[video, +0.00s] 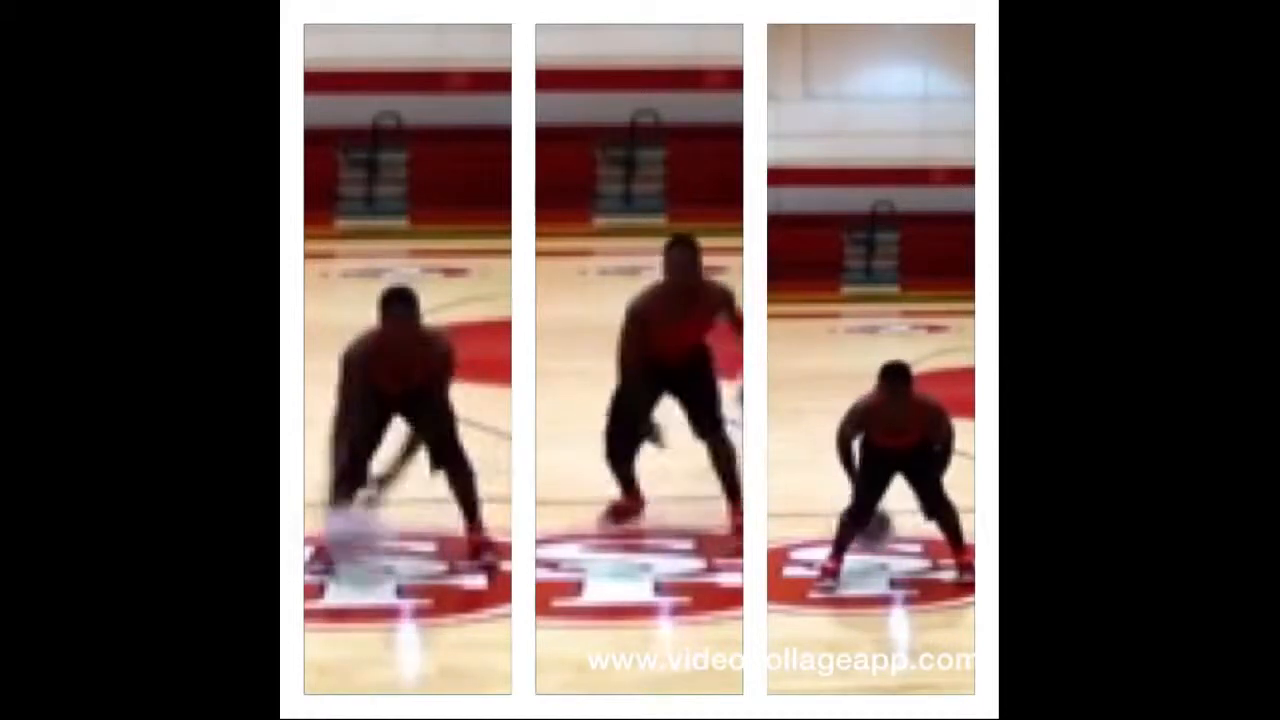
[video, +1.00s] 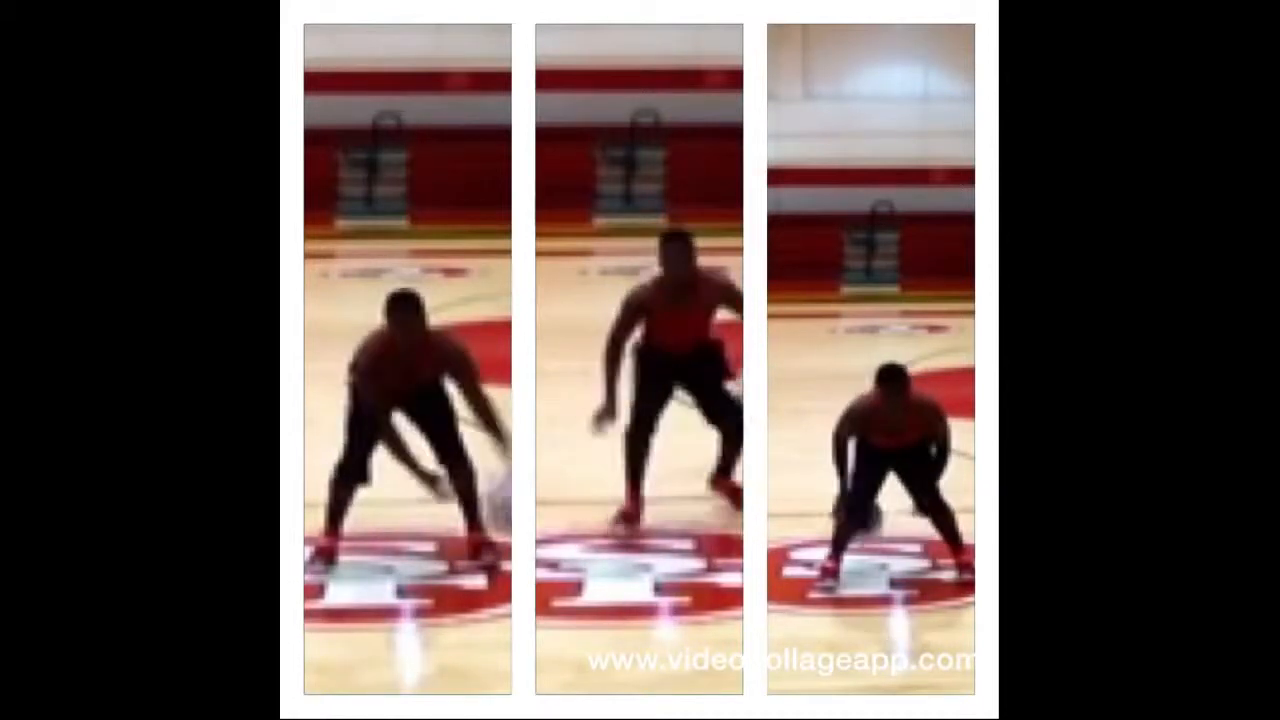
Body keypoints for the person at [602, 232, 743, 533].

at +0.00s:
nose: (681, 273)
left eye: (687, 265)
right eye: (674, 265)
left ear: (698, 265)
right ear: (665, 266)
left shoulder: (714, 298)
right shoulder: (644, 308)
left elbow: (742, 338)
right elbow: (630, 370)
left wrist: (746, 384)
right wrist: (642, 416)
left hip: (692, 366)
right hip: (647, 369)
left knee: (713, 433)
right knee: (618, 441)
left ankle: (737, 508)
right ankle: (632, 498)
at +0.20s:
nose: (678, 272)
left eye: (684, 264)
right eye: (671, 264)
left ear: (695, 265)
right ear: (661, 266)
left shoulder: (716, 300)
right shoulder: (643, 308)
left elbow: (740, 345)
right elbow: (619, 360)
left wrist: (748, 387)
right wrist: (620, 413)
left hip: (701, 364)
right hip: (657, 369)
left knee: (738, 426)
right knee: (648, 437)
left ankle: (719, 483)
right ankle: (638, 515)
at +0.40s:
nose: (667, 279)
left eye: (674, 272)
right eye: (661, 272)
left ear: (687, 272)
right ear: (654, 272)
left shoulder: (710, 308)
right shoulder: (643, 309)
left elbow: (715, 369)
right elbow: (622, 355)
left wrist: (697, 416)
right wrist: (599, 402)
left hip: (705, 373)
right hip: (663, 374)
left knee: (734, 445)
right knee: (653, 442)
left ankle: (716, 487)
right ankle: (641, 517)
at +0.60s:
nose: (665, 275)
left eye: (672, 267)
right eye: (660, 267)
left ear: (683, 268)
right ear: (651, 267)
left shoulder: (704, 303)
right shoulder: (631, 300)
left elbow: (728, 351)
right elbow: (604, 338)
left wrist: (732, 395)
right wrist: (591, 381)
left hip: (696, 363)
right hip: (652, 360)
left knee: (707, 423)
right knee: (626, 427)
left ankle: (739, 491)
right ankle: (636, 500)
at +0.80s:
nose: (673, 280)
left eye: (678, 272)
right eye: (665, 273)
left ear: (688, 272)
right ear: (655, 273)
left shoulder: (706, 305)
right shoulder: (635, 311)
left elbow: (726, 348)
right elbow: (634, 373)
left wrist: (743, 385)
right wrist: (654, 416)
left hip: (690, 375)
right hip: (647, 375)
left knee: (703, 436)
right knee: (614, 438)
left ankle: (723, 509)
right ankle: (636, 502)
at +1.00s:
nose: (675, 269)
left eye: (681, 260)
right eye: (668, 261)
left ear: (693, 259)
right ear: (660, 262)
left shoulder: (713, 288)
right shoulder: (645, 296)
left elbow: (754, 315)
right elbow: (615, 343)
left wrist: (752, 369)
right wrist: (609, 400)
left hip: (698, 359)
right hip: (656, 362)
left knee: (734, 422)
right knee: (638, 431)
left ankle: (722, 476)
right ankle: (633, 502)